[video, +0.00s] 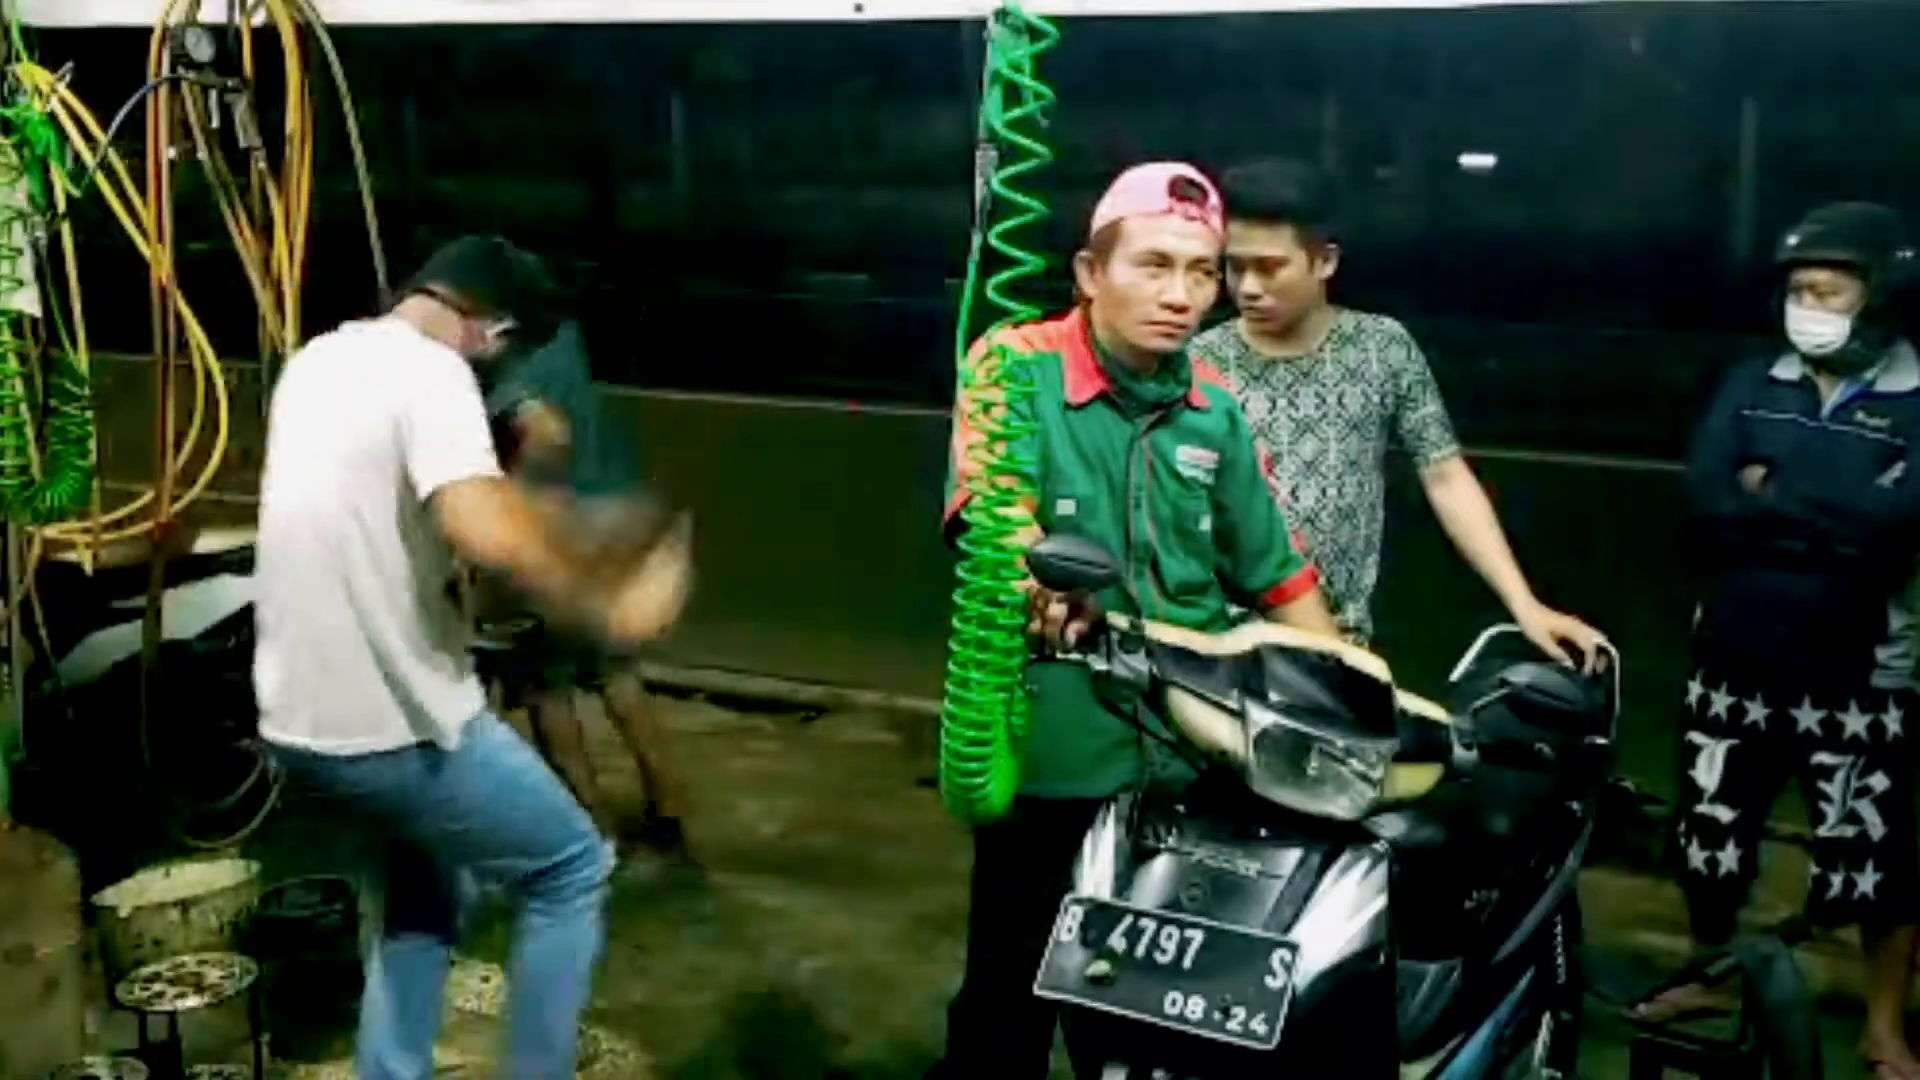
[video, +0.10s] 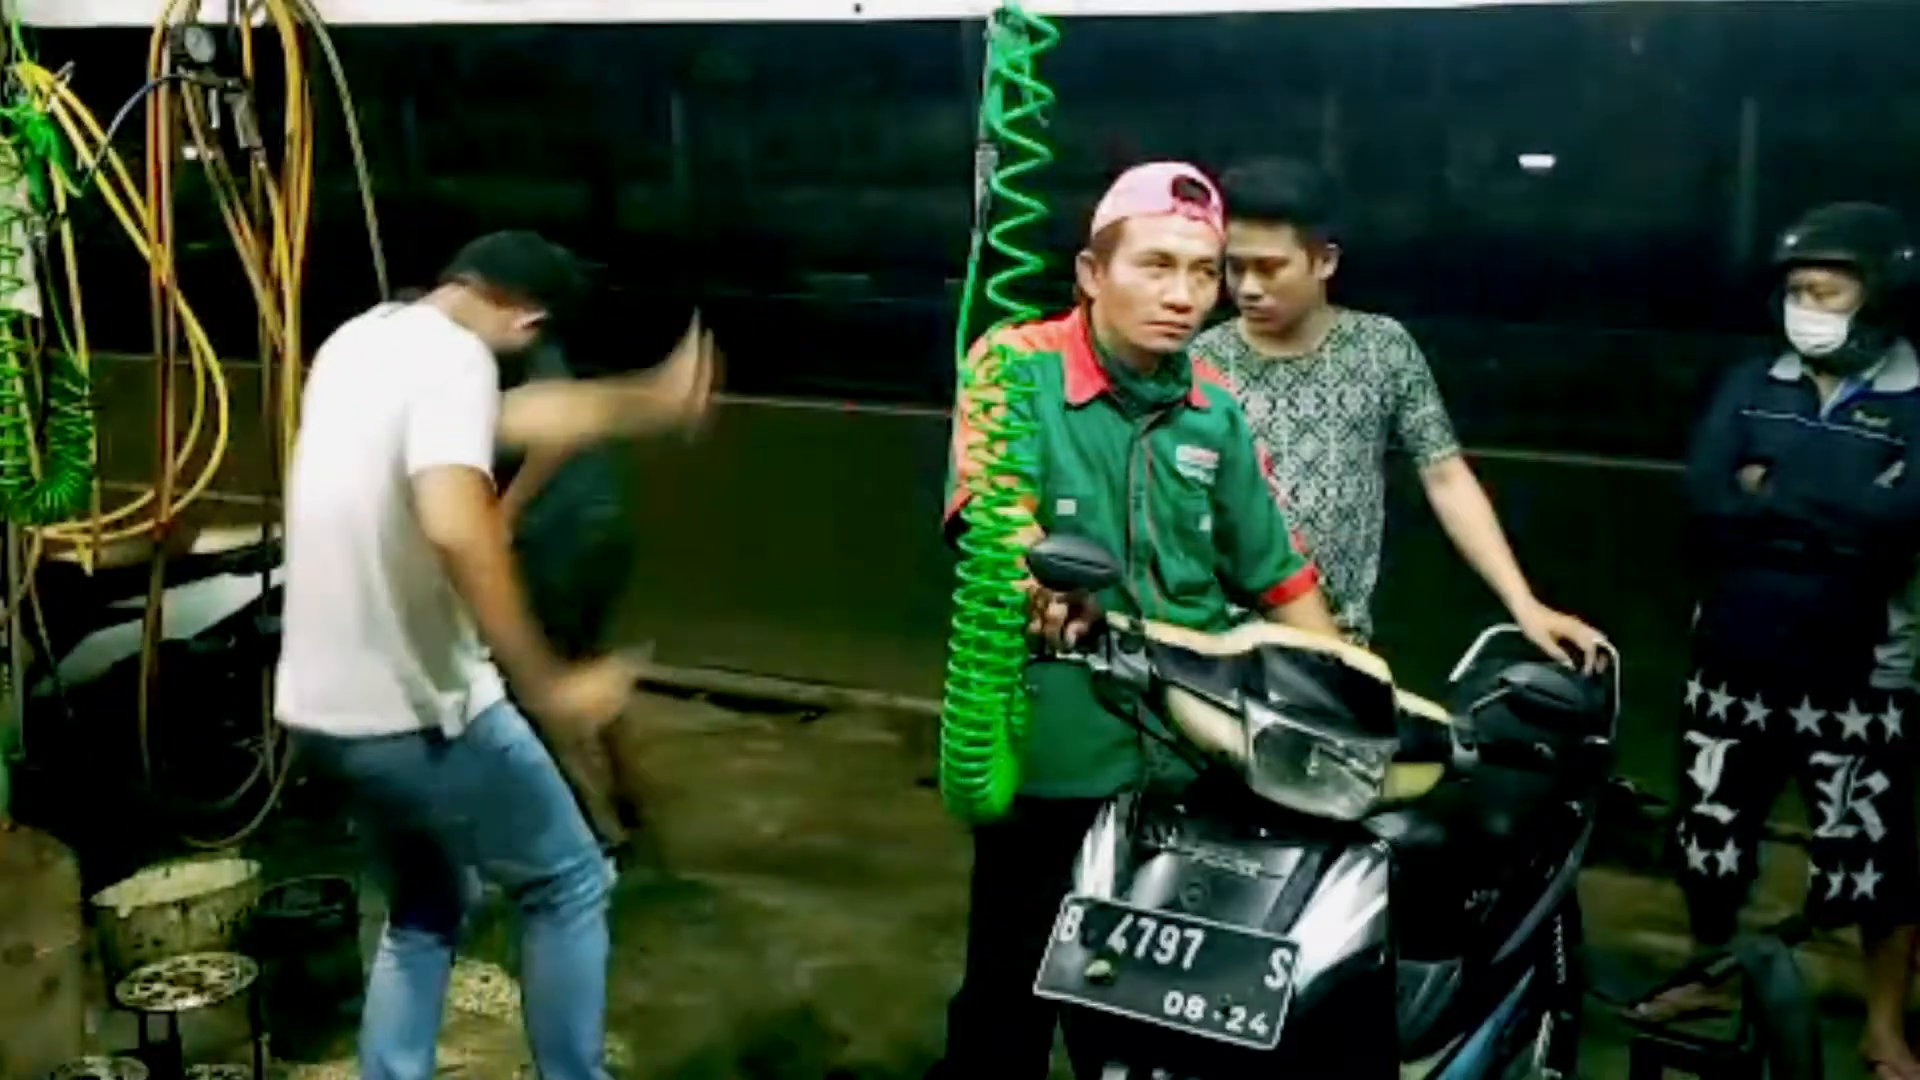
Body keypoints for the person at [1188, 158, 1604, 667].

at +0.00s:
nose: (1249, 287)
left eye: (1270, 268)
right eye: (1236, 268)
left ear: (1325, 261)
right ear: (1223, 264)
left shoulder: (1382, 349)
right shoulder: (1200, 361)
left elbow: (1446, 478)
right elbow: (1155, 496)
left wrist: (1526, 607)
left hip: (1334, 645)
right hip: (1210, 642)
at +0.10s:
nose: (1248, 287)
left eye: (1269, 269)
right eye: (1236, 269)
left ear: (1325, 261)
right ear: (1223, 264)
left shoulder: (1381, 349)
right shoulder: (1202, 360)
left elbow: (1447, 479)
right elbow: (1155, 494)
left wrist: (1525, 607)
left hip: (1333, 644)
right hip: (1209, 641)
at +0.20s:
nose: (1248, 288)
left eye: (1269, 269)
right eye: (1236, 269)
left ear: (1324, 262)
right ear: (1222, 264)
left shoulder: (1381, 349)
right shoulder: (1202, 359)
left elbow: (1447, 479)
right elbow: (1154, 493)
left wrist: (1526, 608)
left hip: (1333, 642)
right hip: (1210, 639)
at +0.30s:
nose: (1250, 289)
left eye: (1270, 270)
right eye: (1237, 270)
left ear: (1324, 262)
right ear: (1222, 266)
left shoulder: (1382, 350)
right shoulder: (1202, 359)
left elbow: (1447, 479)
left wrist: (1526, 608)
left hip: (1333, 643)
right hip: (1209, 640)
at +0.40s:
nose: (1252, 290)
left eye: (1272, 271)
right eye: (1238, 271)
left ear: (1325, 262)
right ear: (1222, 267)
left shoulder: (1382, 349)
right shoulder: (1201, 359)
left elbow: (1447, 479)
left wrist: (1526, 608)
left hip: (1332, 641)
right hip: (1209, 637)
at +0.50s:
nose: (1254, 292)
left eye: (1274, 271)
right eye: (1238, 272)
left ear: (1326, 261)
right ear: (1221, 266)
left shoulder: (1382, 349)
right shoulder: (1202, 358)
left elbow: (1447, 478)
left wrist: (1526, 607)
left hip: (1333, 642)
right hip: (1211, 639)